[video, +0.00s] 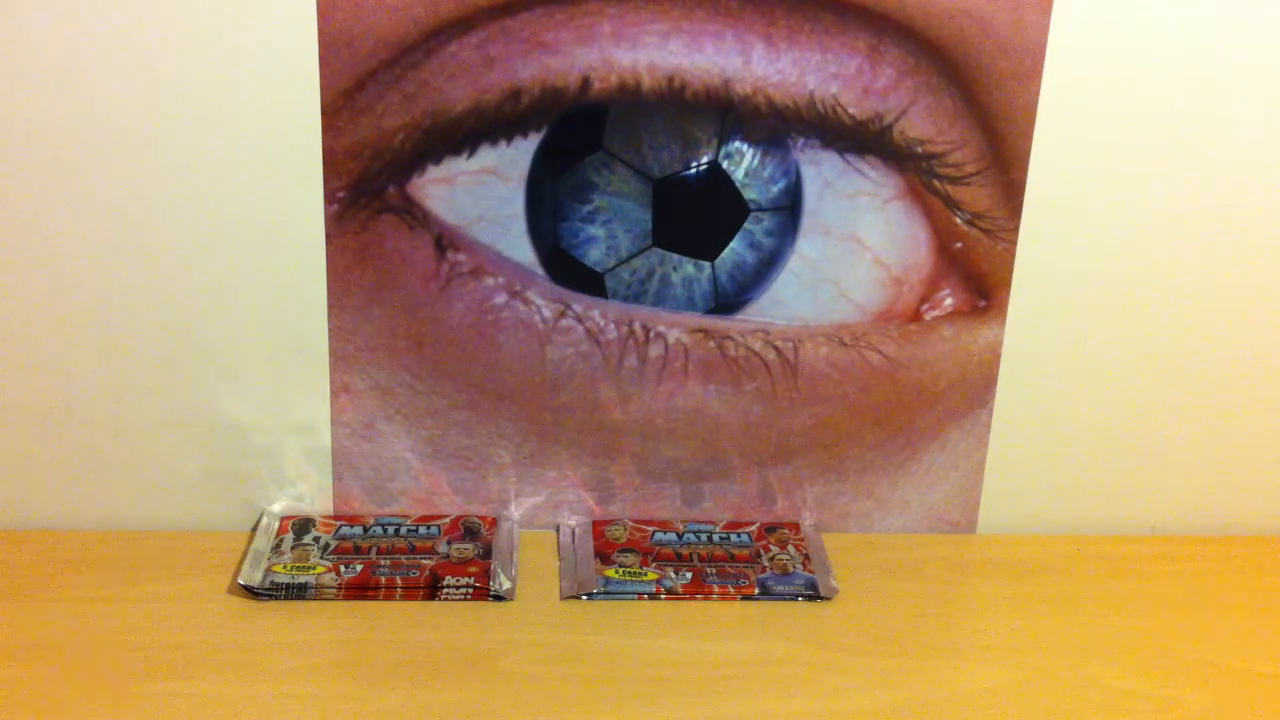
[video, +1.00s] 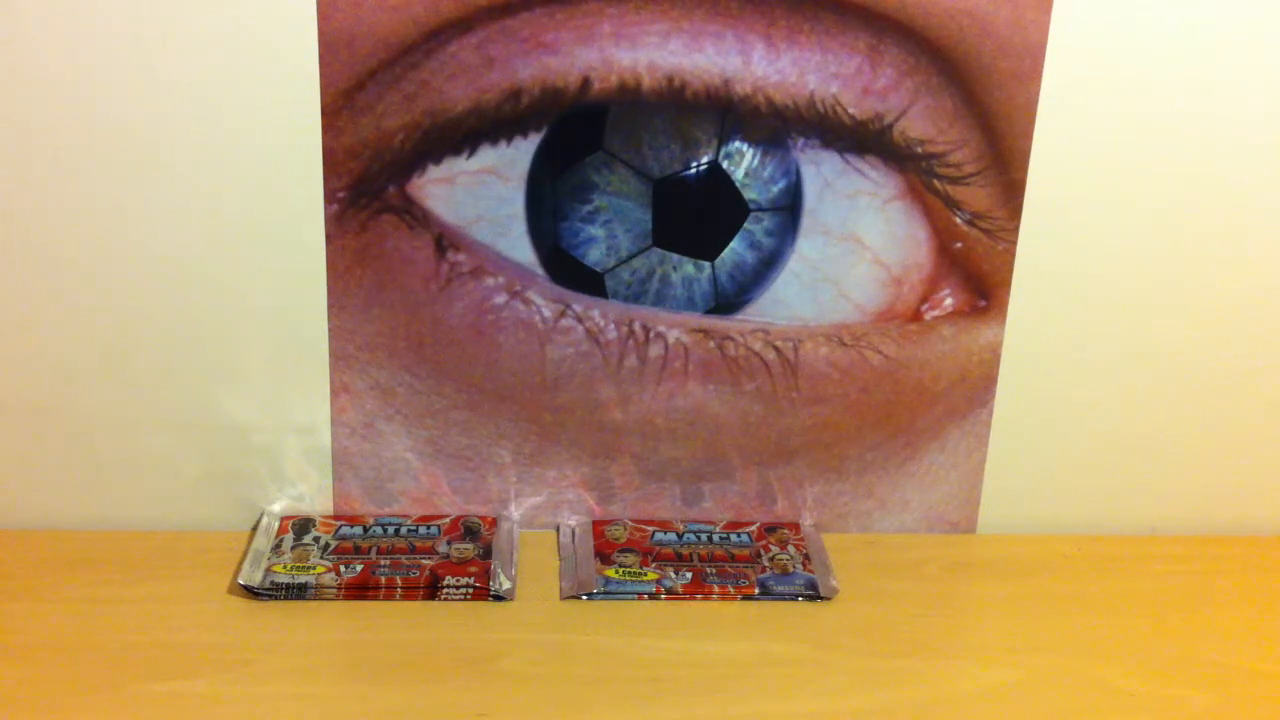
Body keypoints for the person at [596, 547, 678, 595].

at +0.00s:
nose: (621, 560)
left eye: (626, 557)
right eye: (619, 557)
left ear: (638, 558)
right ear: (616, 558)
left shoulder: (651, 573)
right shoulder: (609, 571)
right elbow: (597, 589)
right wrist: (597, 574)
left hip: (641, 606)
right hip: (612, 605)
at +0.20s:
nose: (621, 560)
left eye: (626, 557)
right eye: (619, 557)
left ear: (638, 558)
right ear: (616, 558)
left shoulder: (651, 573)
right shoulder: (609, 571)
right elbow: (597, 589)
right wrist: (596, 574)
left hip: (641, 606)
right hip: (612, 605)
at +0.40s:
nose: (621, 560)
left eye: (626, 557)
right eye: (619, 557)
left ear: (638, 558)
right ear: (616, 558)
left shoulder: (651, 573)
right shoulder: (609, 571)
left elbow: (674, 589)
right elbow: (596, 589)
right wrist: (597, 574)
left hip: (640, 606)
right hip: (612, 605)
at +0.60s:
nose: (621, 560)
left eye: (626, 557)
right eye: (619, 557)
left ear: (638, 558)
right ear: (616, 558)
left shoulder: (651, 573)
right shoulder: (609, 571)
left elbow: (673, 589)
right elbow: (596, 589)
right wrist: (596, 574)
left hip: (641, 606)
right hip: (612, 605)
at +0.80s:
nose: (621, 560)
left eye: (626, 557)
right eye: (619, 557)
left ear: (638, 557)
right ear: (616, 557)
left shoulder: (651, 573)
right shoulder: (609, 571)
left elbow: (675, 590)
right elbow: (596, 589)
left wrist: (667, 574)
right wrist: (596, 574)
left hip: (641, 607)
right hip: (613, 606)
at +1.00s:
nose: (621, 560)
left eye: (626, 557)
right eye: (619, 557)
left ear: (638, 558)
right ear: (615, 558)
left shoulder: (651, 573)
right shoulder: (609, 571)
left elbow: (673, 589)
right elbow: (596, 589)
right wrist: (596, 574)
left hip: (640, 606)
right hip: (612, 605)